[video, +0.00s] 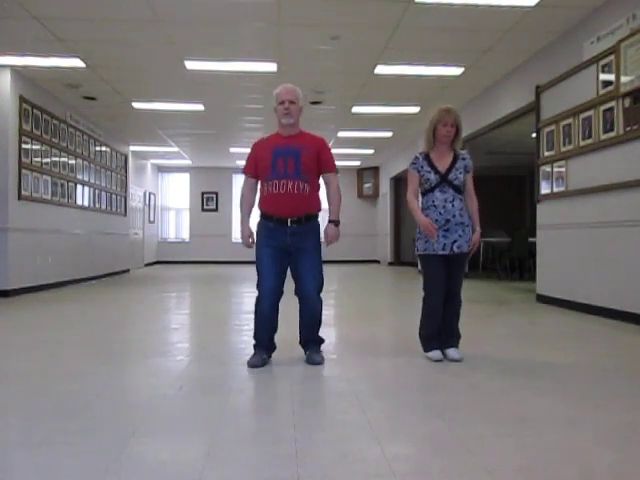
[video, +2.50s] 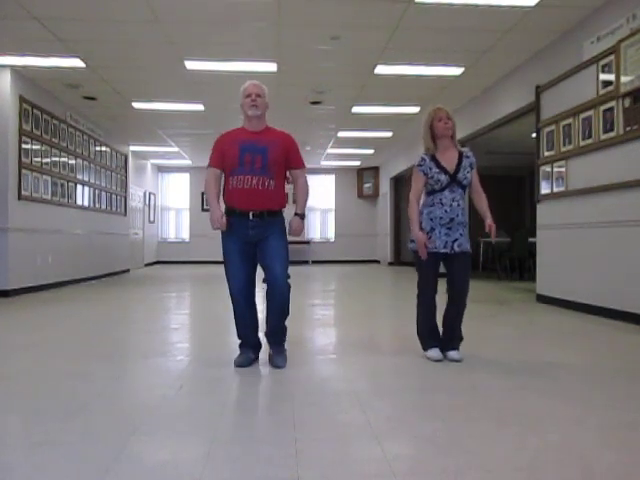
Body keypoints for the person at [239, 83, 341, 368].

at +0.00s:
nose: (287, 107)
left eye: (292, 102)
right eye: (281, 103)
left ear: (301, 107)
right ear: (274, 108)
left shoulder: (317, 145)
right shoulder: (261, 147)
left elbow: (332, 184)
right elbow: (250, 186)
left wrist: (334, 220)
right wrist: (244, 222)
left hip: (306, 229)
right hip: (271, 228)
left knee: (311, 291)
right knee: (268, 292)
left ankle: (312, 345)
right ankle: (262, 348)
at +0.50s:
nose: (268, 101)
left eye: (274, 97)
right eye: (263, 97)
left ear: (282, 102)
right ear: (255, 103)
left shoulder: (298, 141)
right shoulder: (240, 140)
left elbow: (310, 180)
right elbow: (225, 177)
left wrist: (311, 213)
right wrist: (226, 209)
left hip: (287, 223)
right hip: (250, 222)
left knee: (290, 288)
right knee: (253, 289)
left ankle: (285, 345)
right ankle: (260, 347)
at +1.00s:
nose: (274, 103)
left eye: (279, 99)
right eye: (269, 99)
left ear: (288, 106)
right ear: (261, 107)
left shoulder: (305, 144)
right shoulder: (247, 146)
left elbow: (318, 186)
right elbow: (234, 186)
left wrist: (317, 223)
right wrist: (229, 223)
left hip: (296, 228)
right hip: (260, 229)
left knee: (300, 292)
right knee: (260, 293)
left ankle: (298, 347)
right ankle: (261, 348)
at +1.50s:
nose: (282, 96)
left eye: (287, 93)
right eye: (276, 93)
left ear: (295, 102)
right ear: (267, 102)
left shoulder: (311, 137)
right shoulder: (254, 141)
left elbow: (322, 175)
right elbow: (243, 182)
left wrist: (316, 202)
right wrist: (243, 216)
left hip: (304, 220)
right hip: (269, 220)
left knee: (303, 287)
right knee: (268, 285)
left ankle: (298, 346)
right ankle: (275, 347)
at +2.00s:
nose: (266, 101)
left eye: (271, 97)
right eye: (260, 97)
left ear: (279, 107)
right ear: (252, 107)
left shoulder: (294, 144)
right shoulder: (236, 143)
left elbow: (307, 183)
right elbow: (224, 183)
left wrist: (312, 219)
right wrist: (223, 221)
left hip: (283, 225)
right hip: (246, 225)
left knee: (290, 291)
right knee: (245, 292)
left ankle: (297, 348)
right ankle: (248, 348)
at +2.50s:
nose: (254, 99)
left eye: (259, 95)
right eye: (248, 95)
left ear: (267, 103)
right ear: (240, 104)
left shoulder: (284, 140)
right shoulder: (225, 140)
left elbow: (299, 178)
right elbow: (212, 177)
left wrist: (299, 214)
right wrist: (214, 208)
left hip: (272, 221)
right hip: (235, 221)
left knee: (279, 280)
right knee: (239, 288)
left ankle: (277, 343)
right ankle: (248, 346)